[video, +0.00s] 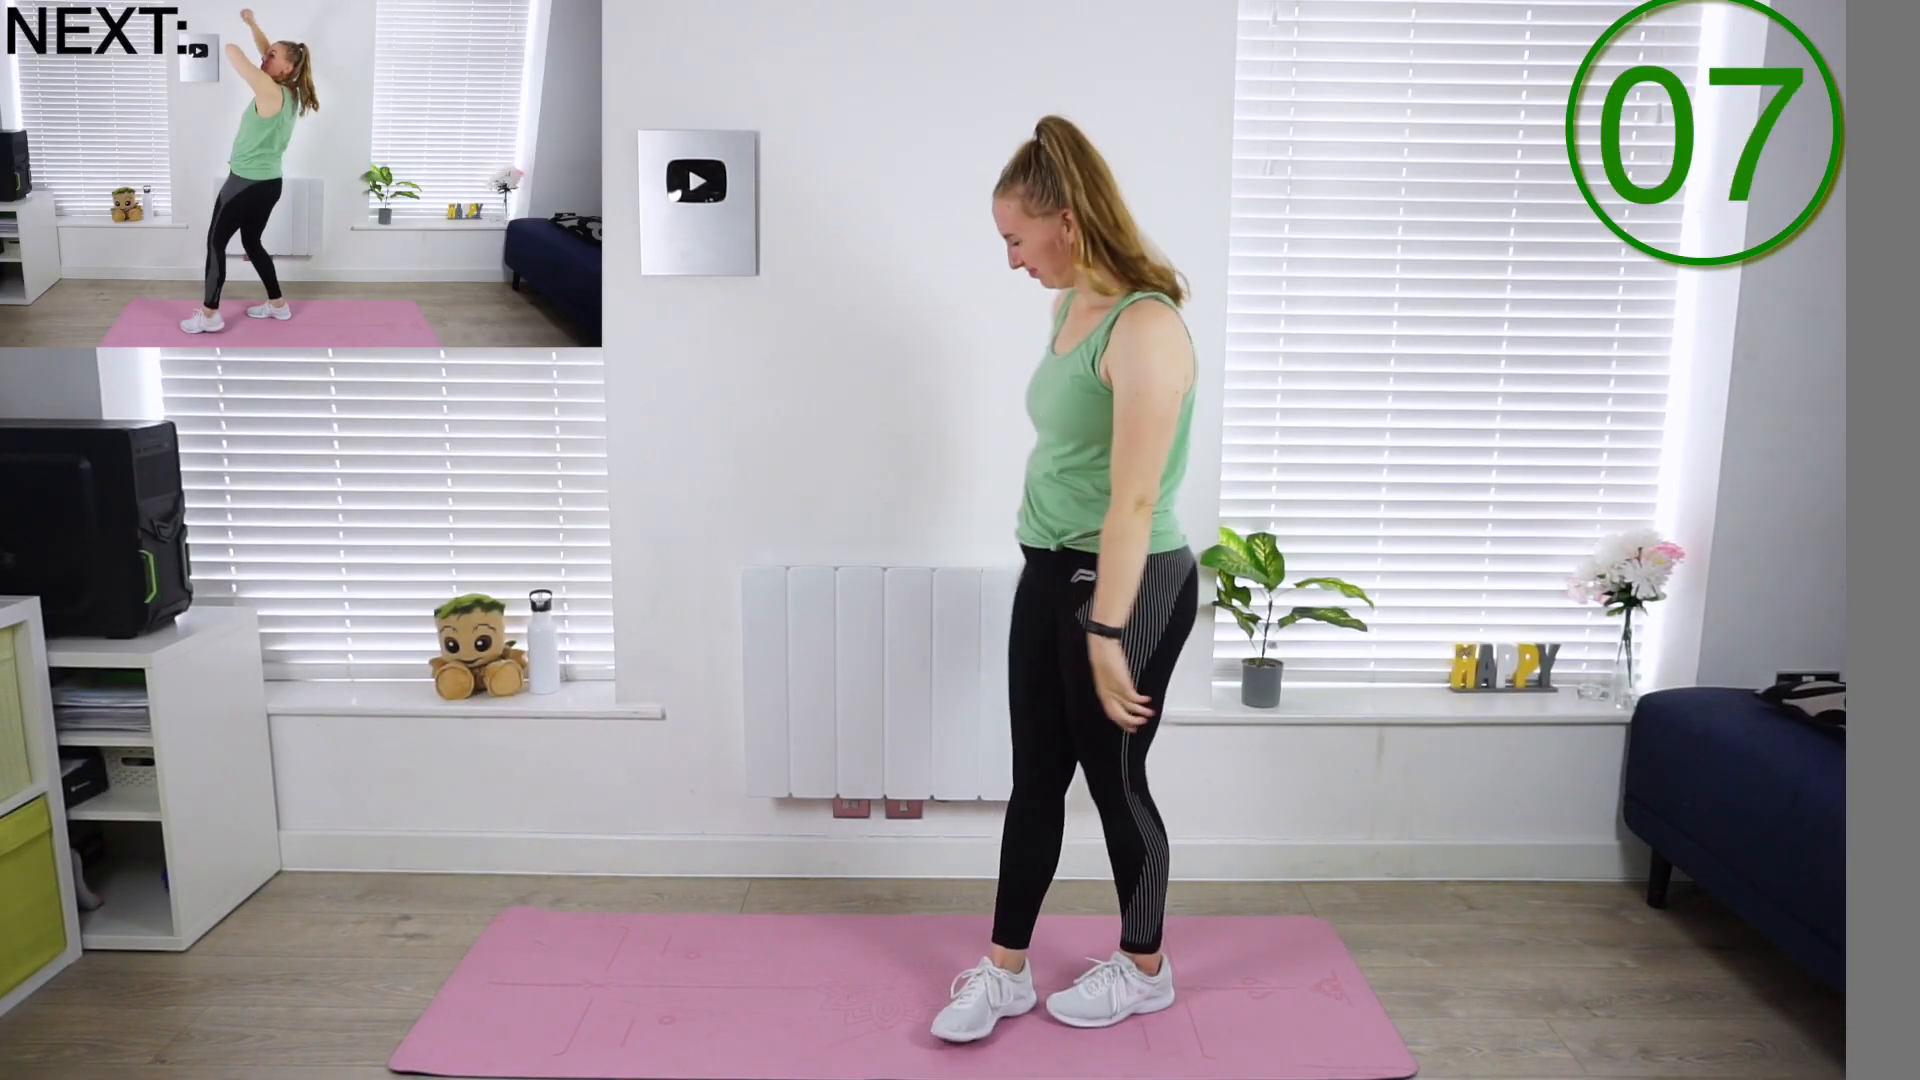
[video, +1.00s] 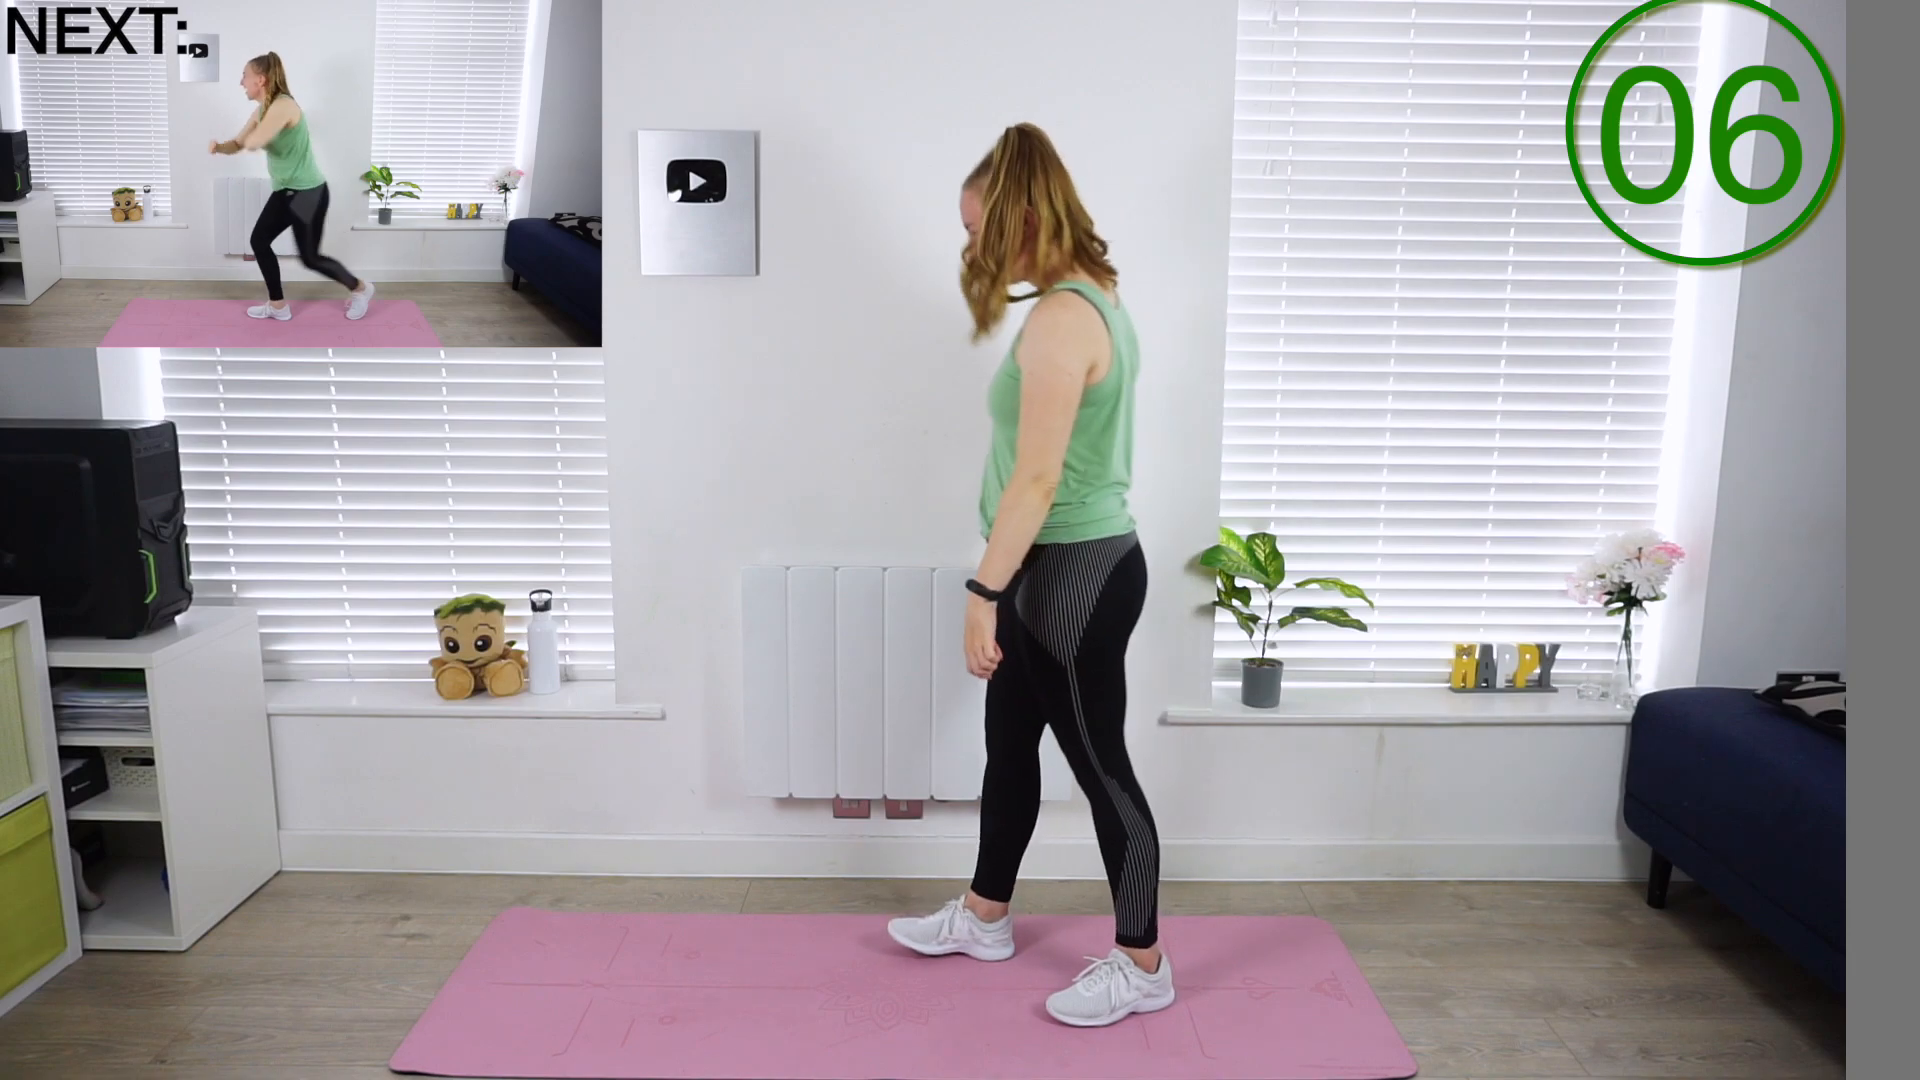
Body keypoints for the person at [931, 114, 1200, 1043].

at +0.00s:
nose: (1009, 253)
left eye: (1015, 234)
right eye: (1004, 236)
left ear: (1069, 220)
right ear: (1066, 223)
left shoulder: (1148, 328)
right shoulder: (1072, 307)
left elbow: (1136, 497)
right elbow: (1069, 459)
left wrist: (1106, 629)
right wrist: (1045, 568)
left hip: (1129, 577)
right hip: (1052, 569)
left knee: (1115, 777)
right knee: (1037, 777)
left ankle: (1146, 964)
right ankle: (1006, 962)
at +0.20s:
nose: (1030, 271)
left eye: (1035, 254)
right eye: (1024, 255)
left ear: (1081, 236)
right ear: (1083, 235)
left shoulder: (1149, 346)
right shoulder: (1124, 321)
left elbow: (1151, 511)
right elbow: (1119, 482)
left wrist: (1141, 647)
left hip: (1135, 584)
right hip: (1085, 572)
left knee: (1124, 776)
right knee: (1036, 758)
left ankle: (1144, 965)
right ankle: (994, 949)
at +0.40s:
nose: (1038, 270)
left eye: (1040, 254)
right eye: (1032, 255)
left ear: (1089, 242)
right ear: (1100, 233)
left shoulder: (1151, 342)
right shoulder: (1152, 309)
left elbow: (1136, 509)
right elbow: (1142, 480)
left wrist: (1099, 637)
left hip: (1142, 577)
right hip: (1108, 561)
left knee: (1126, 769)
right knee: (1034, 733)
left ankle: (1144, 964)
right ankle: (976, 909)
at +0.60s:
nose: (1031, 257)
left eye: (1036, 239)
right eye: (1026, 240)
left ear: (1082, 229)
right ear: (1102, 220)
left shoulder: (1129, 331)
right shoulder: (1157, 301)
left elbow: (1101, 498)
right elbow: (1148, 471)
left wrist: (1044, 620)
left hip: (1130, 574)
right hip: (1136, 561)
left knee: (1134, 773)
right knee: (1032, 716)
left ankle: (1145, 963)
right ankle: (978, 888)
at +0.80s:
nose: (1003, 256)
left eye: (1006, 239)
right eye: (999, 240)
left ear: (1048, 231)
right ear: (1078, 222)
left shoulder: (1103, 333)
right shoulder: (1141, 305)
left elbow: (1066, 498)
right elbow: (1125, 460)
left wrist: (1010, 612)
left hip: (1102, 573)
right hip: (1100, 561)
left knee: (1123, 770)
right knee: (1029, 745)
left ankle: (1143, 963)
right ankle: (985, 915)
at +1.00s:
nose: (974, 243)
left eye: (978, 225)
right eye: (972, 225)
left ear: (1020, 219)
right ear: (1045, 217)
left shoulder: (1060, 318)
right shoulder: (1089, 296)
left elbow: (1039, 475)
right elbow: (1065, 463)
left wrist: (985, 593)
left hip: (1073, 567)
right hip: (1065, 560)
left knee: (1100, 764)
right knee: (1011, 740)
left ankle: (1140, 960)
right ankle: (984, 914)